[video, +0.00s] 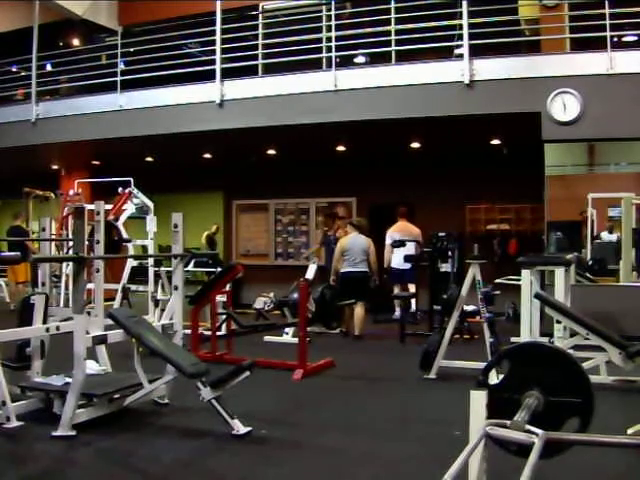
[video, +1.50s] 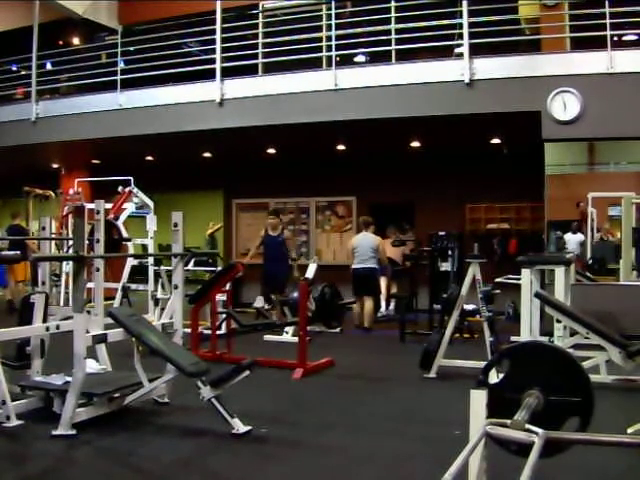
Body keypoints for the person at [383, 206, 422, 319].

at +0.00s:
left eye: (399, 216)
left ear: (397, 216)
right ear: (408, 216)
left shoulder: (391, 231)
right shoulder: (416, 231)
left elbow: (388, 249)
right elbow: (419, 247)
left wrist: (386, 264)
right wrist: (416, 258)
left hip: (396, 263)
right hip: (410, 262)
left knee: (396, 285)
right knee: (412, 284)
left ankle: (397, 310)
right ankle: (413, 308)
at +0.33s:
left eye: (395, 214)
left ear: (393, 215)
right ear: (403, 215)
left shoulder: (387, 227)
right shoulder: (411, 228)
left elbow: (381, 245)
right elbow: (414, 245)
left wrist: (387, 253)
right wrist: (410, 253)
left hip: (392, 260)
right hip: (406, 260)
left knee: (395, 283)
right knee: (405, 282)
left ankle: (397, 308)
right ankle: (403, 305)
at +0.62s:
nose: (396, 221)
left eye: (395, 219)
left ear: (393, 219)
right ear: (402, 219)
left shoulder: (385, 230)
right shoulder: (408, 233)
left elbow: (379, 246)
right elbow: (412, 250)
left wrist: (387, 251)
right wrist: (403, 251)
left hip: (389, 260)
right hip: (401, 262)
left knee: (391, 284)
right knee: (400, 284)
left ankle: (395, 304)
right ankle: (394, 305)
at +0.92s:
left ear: (392, 222)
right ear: (402, 224)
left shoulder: (384, 231)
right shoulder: (406, 234)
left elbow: (377, 245)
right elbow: (409, 249)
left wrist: (386, 249)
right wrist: (401, 250)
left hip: (386, 259)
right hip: (399, 261)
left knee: (384, 281)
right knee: (395, 283)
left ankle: (390, 303)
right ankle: (394, 303)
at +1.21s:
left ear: (387, 229)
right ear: (398, 230)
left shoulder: (383, 237)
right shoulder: (402, 238)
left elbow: (377, 251)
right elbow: (407, 251)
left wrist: (378, 260)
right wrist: (409, 242)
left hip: (385, 259)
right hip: (398, 262)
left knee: (383, 283)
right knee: (395, 284)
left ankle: (383, 307)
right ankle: (392, 307)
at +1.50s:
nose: (391, 235)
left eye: (390, 233)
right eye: (392, 233)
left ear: (387, 234)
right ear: (397, 233)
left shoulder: (384, 243)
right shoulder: (402, 244)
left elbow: (381, 254)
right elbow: (407, 255)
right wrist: (407, 263)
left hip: (385, 264)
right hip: (397, 266)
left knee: (383, 290)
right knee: (394, 285)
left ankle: (383, 308)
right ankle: (392, 307)